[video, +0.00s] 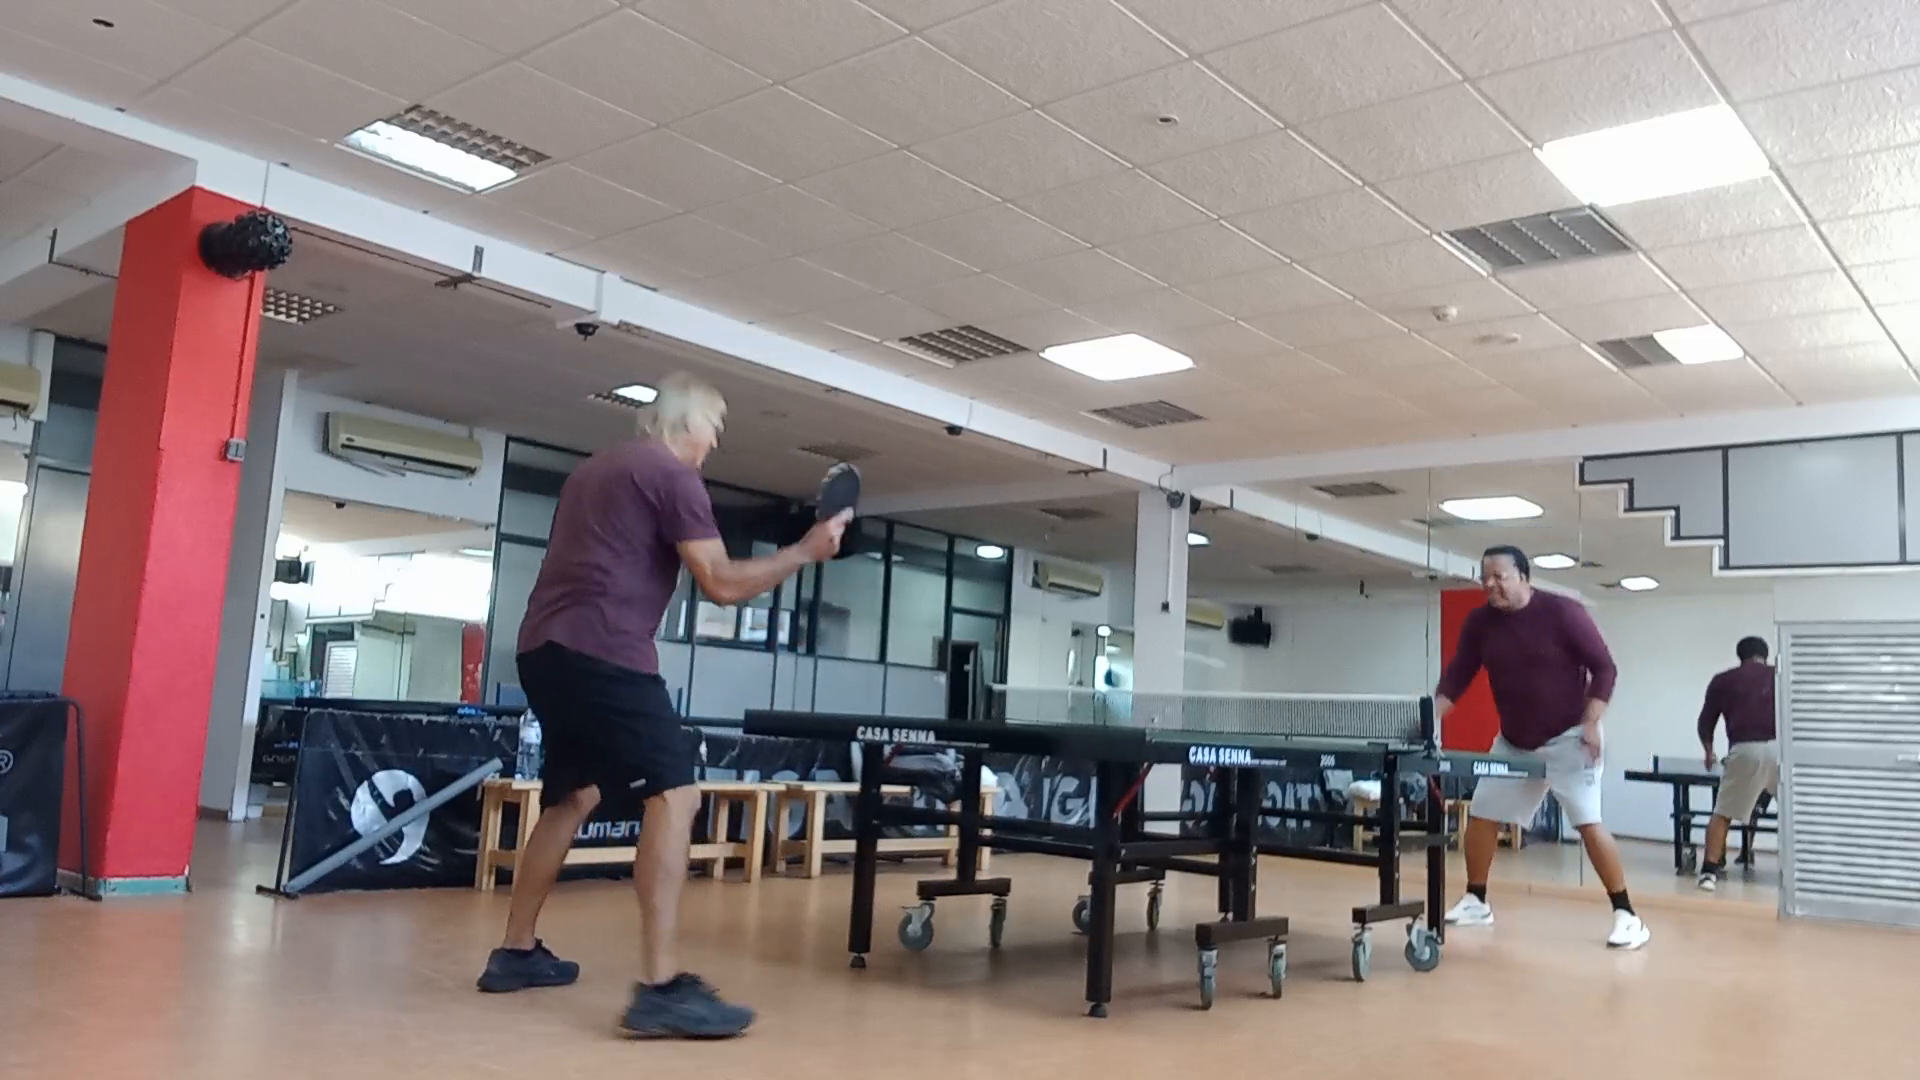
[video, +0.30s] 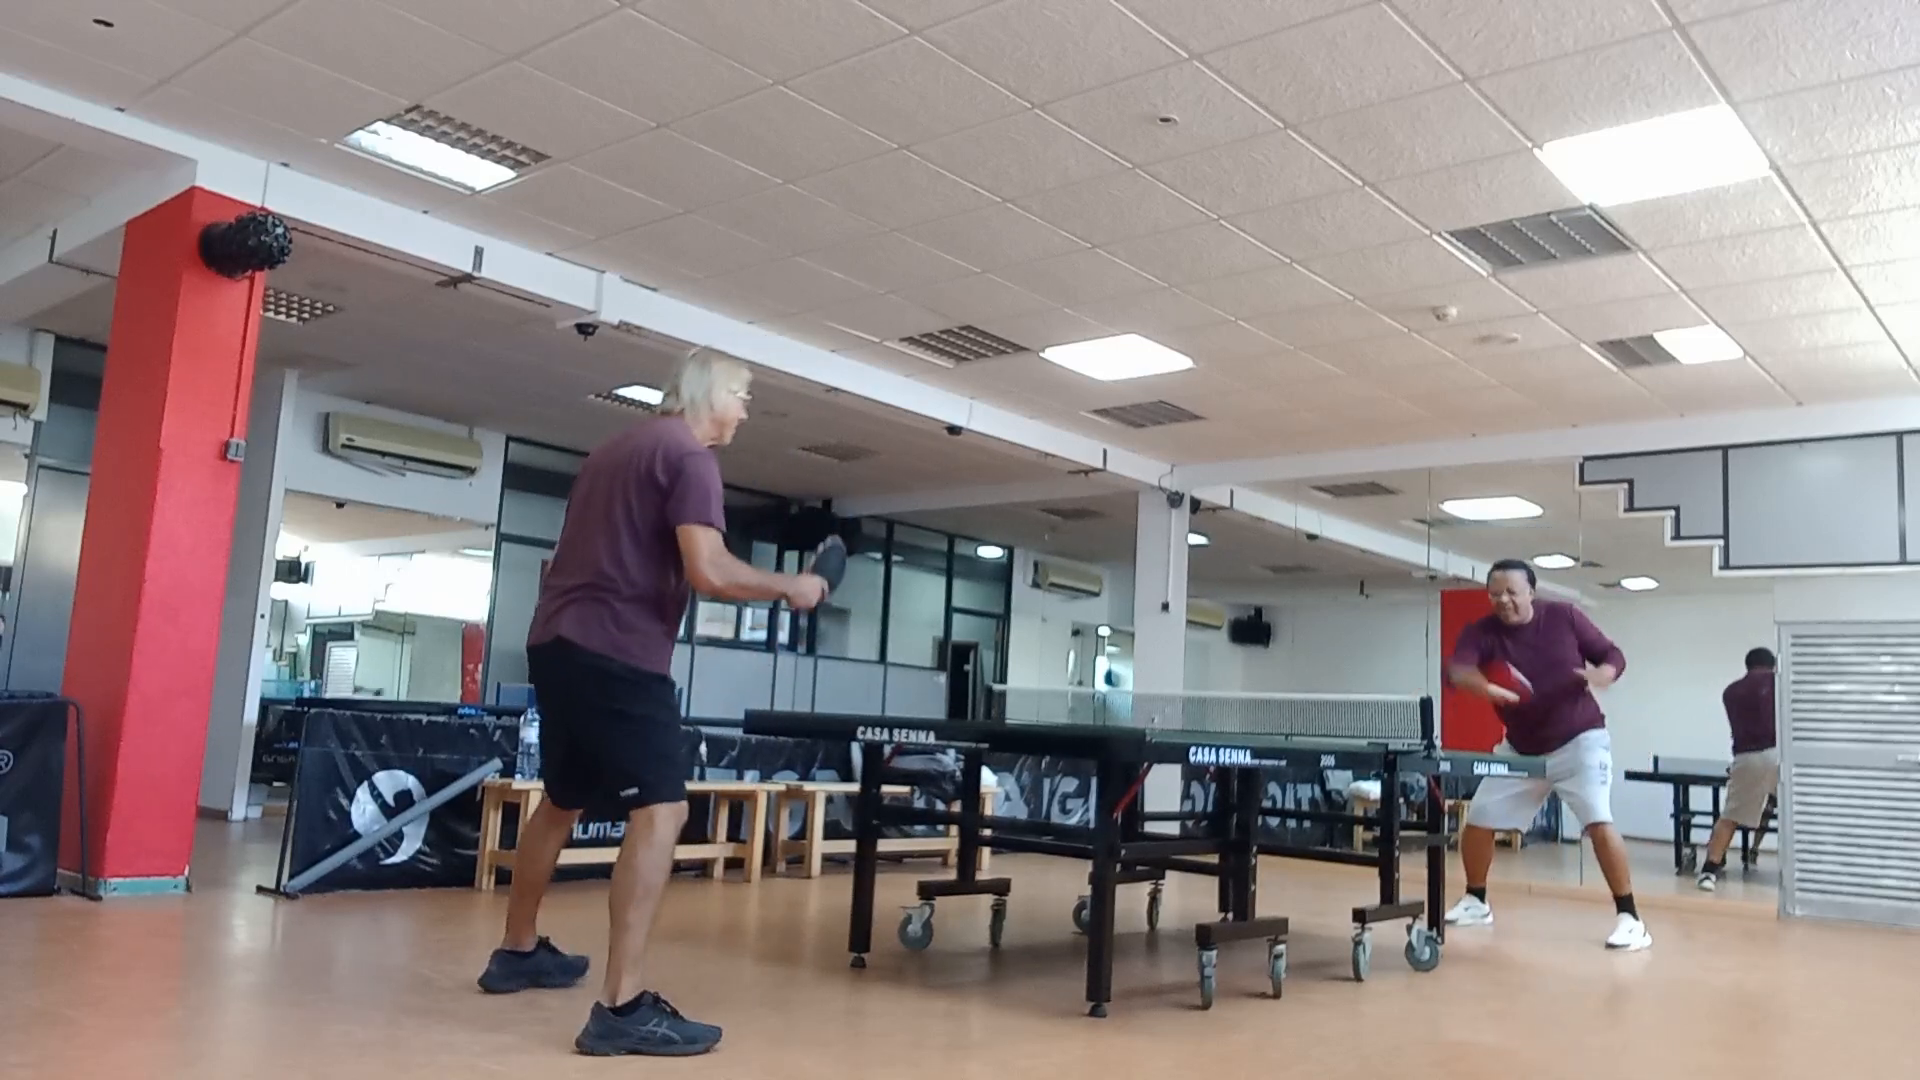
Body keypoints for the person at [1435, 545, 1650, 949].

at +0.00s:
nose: (1491, 584)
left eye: (1499, 576)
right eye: (1486, 578)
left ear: (1523, 577)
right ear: (1482, 582)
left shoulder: (1563, 612)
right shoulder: (1480, 622)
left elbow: (1605, 667)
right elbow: (1458, 675)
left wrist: (1591, 721)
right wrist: (1430, 716)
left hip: (1569, 739)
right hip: (1513, 742)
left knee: (1587, 822)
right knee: (1481, 813)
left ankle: (1626, 916)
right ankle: (1476, 902)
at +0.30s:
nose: (1505, 601)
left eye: (1512, 592)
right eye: (1497, 594)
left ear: (1531, 590)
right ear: (1489, 597)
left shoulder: (1564, 617)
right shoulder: (1483, 632)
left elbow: (1613, 657)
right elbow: (1458, 669)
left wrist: (1602, 674)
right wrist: (1488, 688)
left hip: (1578, 741)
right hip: (1521, 748)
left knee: (1596, 821)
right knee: (1478, 819)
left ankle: (1629, 919)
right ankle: (1476, 903)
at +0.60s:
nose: (1523, 577)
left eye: (1531, 569)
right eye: (1515, 570)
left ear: (1548, 573)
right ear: (1506, 576)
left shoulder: (1577, 609)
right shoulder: (1491, 608)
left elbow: (1613, 650)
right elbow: (1452, 630)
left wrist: (1644, 694)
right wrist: (1422, 648)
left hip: (1571, 736)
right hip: (1511, 738)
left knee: (1590, 820)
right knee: (1479, 819)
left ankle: (1628, 918)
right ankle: (1471, 900)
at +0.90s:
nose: (1513, 569)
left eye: (1520, 560)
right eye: (1505, 563)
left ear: (1540, 564)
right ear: (1498, 568)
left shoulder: (1575, 607)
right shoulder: (1483, 608)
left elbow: (1621, 652)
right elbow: (1447, 653)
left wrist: (1653, 709)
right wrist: (1421, 694)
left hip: (1566, 734)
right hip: (1506, 736)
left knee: (1586, 825)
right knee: (1481, 821)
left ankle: (1627, 918)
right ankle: (1471, 901)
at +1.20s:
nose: (1475, 578)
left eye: (1483, 569)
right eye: (1468, 572)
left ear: (1506, 570)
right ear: (1463, 578)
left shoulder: (1539, 610)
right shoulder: (1464, 619)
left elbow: (1570, 666)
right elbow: (1441, 666)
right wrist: (1416, 702)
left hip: (1549, 738)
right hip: (1488, 738)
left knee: (1572, 829)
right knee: (1451, 812)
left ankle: (1626, 919)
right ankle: (1437, 905)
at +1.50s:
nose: (1399, 596)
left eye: (1404, 586)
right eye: (1393, 591)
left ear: (1428, 579)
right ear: (1394, 594)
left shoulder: (1469, 605)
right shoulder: (1415, 630)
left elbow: (1491, 655)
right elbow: (1423, 678)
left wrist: (1472, 704)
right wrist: (1381, 702)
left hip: (1511, 724)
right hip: (1462, 738)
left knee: (1501, 809)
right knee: (1421, 819)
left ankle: (1583, 874)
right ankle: (1436, 905)